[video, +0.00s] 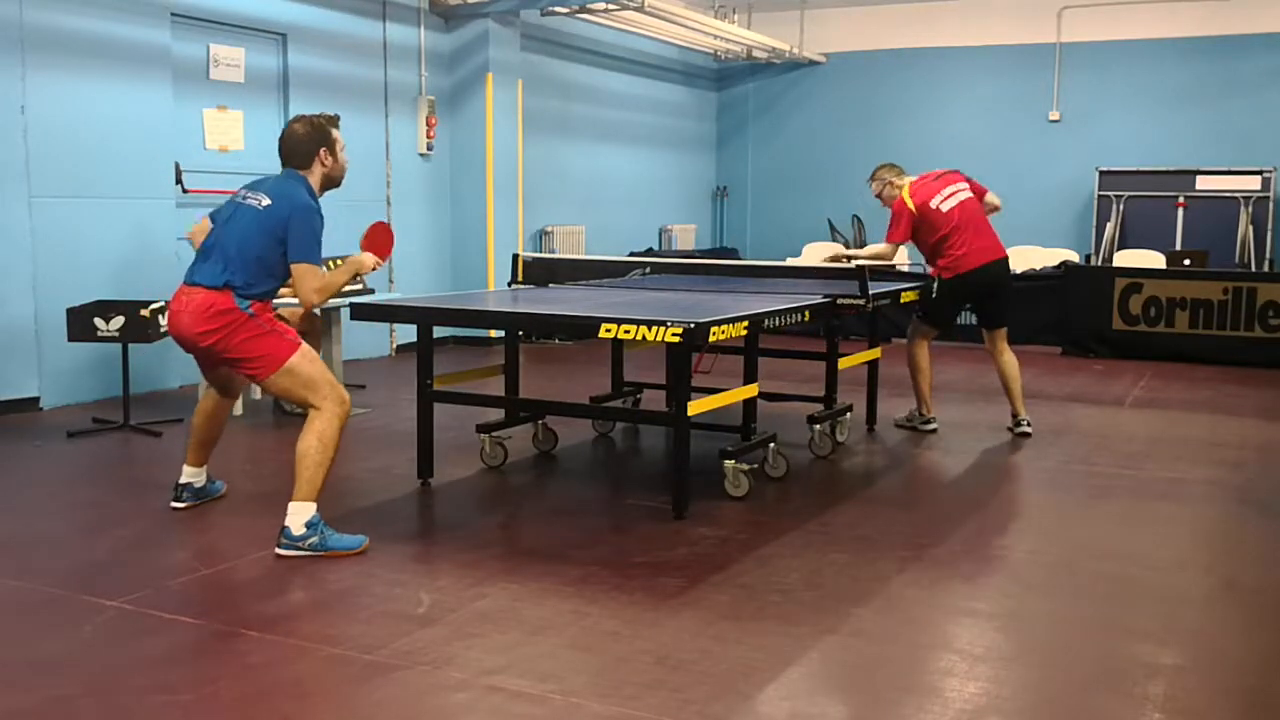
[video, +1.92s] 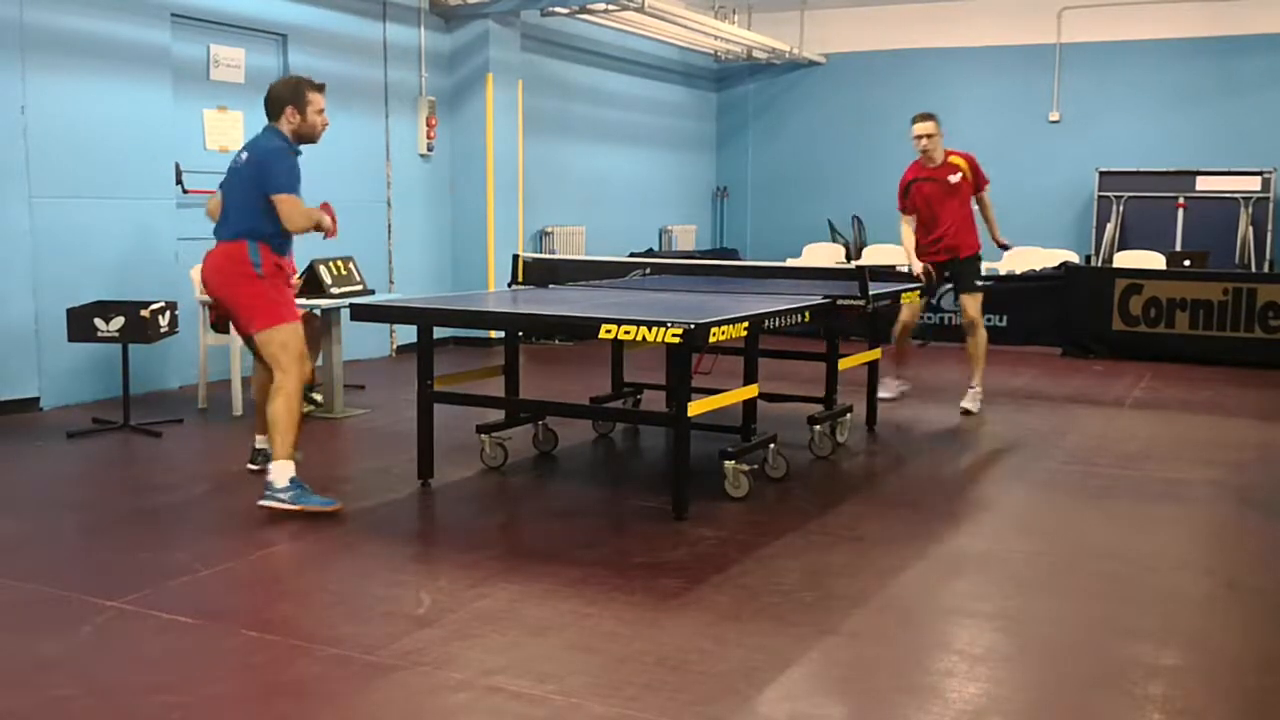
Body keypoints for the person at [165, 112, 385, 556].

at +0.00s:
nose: (344, 159)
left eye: (342, 150)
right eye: (341, 151)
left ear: (293, 156)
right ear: (324, 157)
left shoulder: (256, 188)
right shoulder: (303, 205)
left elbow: (200, 235)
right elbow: (312, 293)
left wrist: (254, 271)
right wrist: (355, 265)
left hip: (184, 309)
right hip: (227, 314)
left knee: (225, 384)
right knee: (332, 402)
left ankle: (190, 482)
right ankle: (300, 525)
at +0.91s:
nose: (337, 125)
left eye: (335, 116)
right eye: (331, 116)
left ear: (300, 123)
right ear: (307, 122)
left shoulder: (281, 162)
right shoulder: (280, 169)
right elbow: (250, 247)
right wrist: (316, 261)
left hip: (234, 290)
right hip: (251, 294)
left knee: (263, 381)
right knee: (341, 379)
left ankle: (201, 467)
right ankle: (310, 496)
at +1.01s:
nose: (344, 145)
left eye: (343, 135)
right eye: (339, 135)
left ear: (311, 141)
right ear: (313, 140)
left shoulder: (304, 186)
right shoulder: (272, 188)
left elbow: (291, 236)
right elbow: (221, 258)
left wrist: (334, 247)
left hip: (274, 298)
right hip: (248, 302)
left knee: (290, 364)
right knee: (342, 379)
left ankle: (219, 433)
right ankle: (313, 496)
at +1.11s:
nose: (348, 167)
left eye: (347, 158)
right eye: (342, 159)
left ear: (317, 165)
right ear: (316, 165)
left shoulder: (317, 205)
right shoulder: (265, 206)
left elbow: (334, 239)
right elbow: (194, 261)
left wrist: (373, 255)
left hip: (276, 308)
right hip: (243, 310)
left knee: (301, 384)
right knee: (330, 380)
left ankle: (263, 447)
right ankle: (311, 497)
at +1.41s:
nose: (346, 167)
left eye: (344, 159)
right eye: (338, 159)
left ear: (314, 165)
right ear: (308, 163)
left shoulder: (328, 207)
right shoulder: (258, 206)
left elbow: (351, 231)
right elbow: (207, 255)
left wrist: (379, 248)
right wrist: (193, 288)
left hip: (272, 299)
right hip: (234, 295)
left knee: (310, 368)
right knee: (281, 375)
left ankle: (265, 449)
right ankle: (290, 486)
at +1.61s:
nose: (325, 152)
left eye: (325, 144)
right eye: (318, 144)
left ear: (283, 149)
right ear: (289, 146)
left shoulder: (246, 181)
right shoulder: (297, 182)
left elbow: (254, 246)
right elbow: (337, 213)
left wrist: (305, 273)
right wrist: (330, 202)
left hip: (230, 300)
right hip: (274, 300)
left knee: (279, 357)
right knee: (304, 407)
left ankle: (263, 447)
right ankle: (267, 484)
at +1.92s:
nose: (325, 120)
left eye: (324, 112)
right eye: (319, 112)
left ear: (285, 115)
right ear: (291, 114)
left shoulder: (250, 151)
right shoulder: (278, 152)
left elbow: (216, 209)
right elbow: (293, 218)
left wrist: (269, 222)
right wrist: (322, 218)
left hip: (224, 262)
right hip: (250, 262)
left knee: (271, 361)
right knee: (292, 366)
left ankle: (264, 446)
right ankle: (283, 481)